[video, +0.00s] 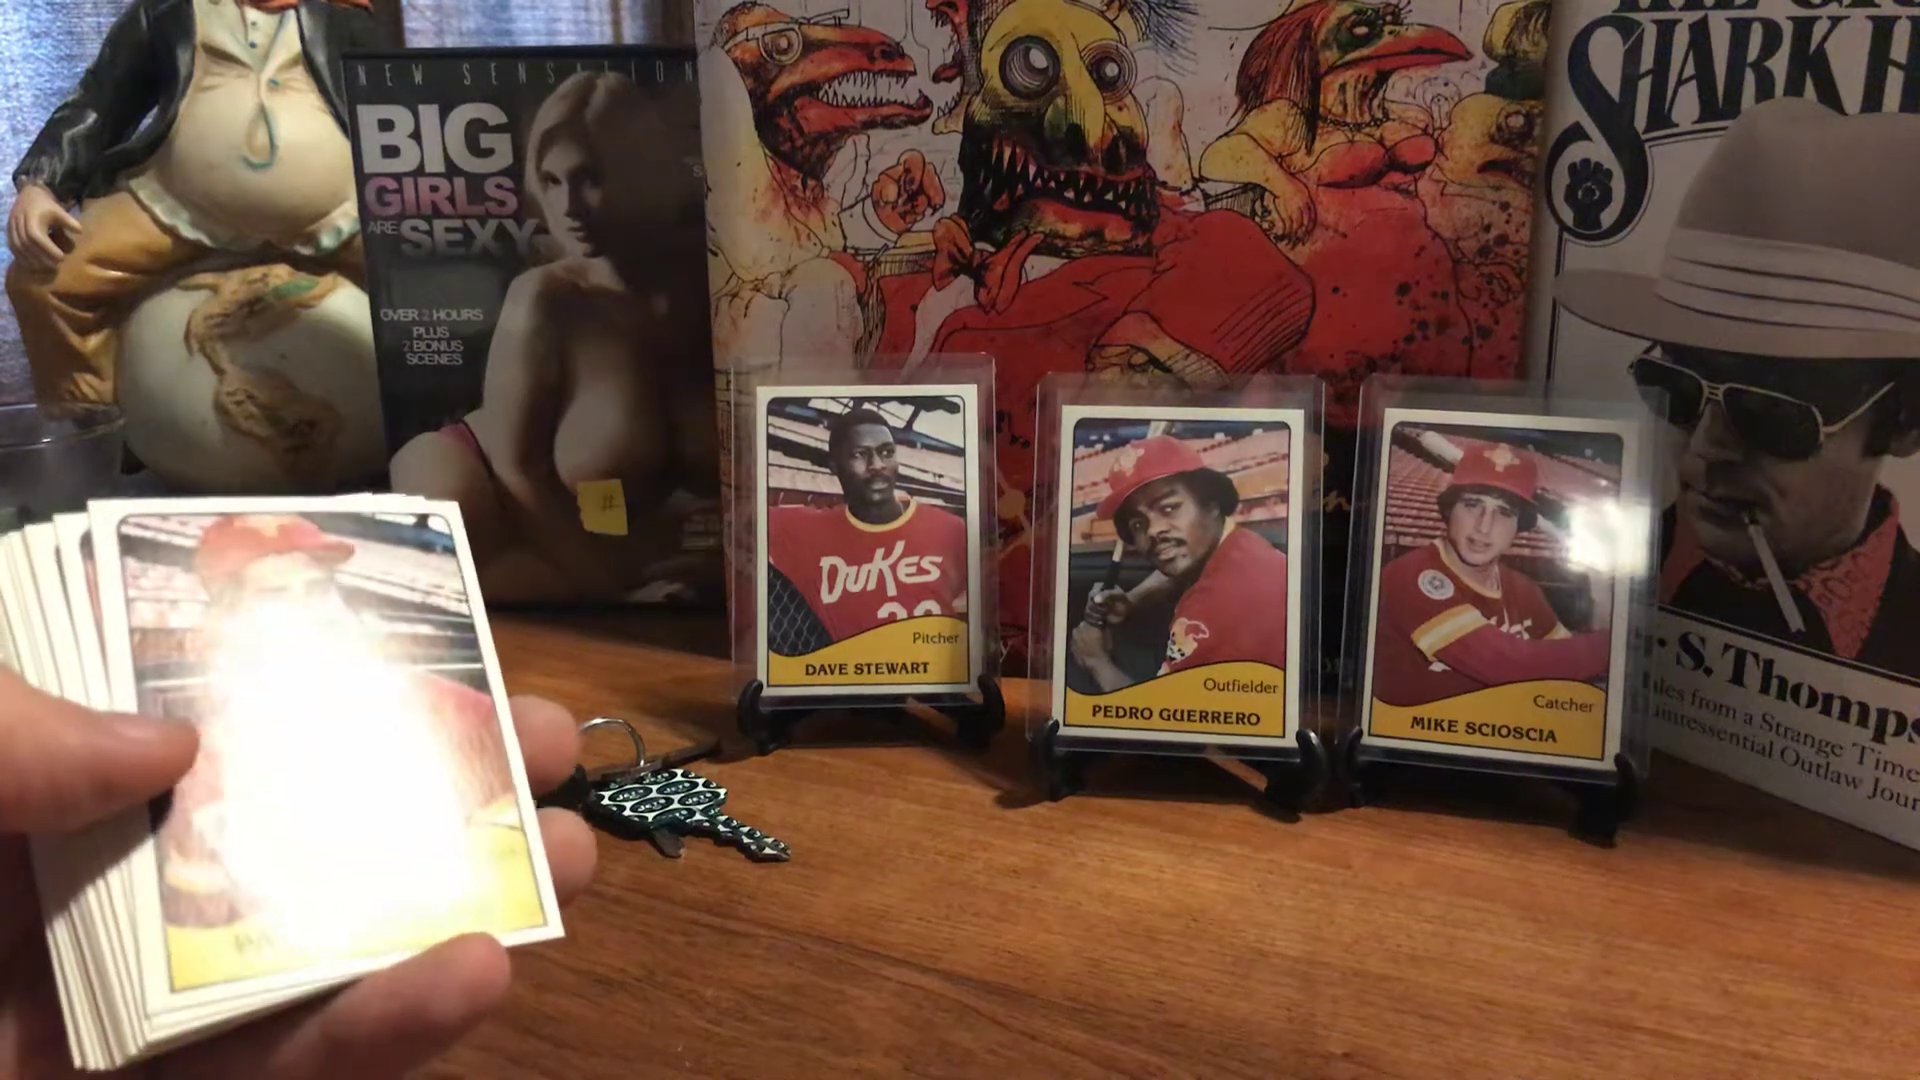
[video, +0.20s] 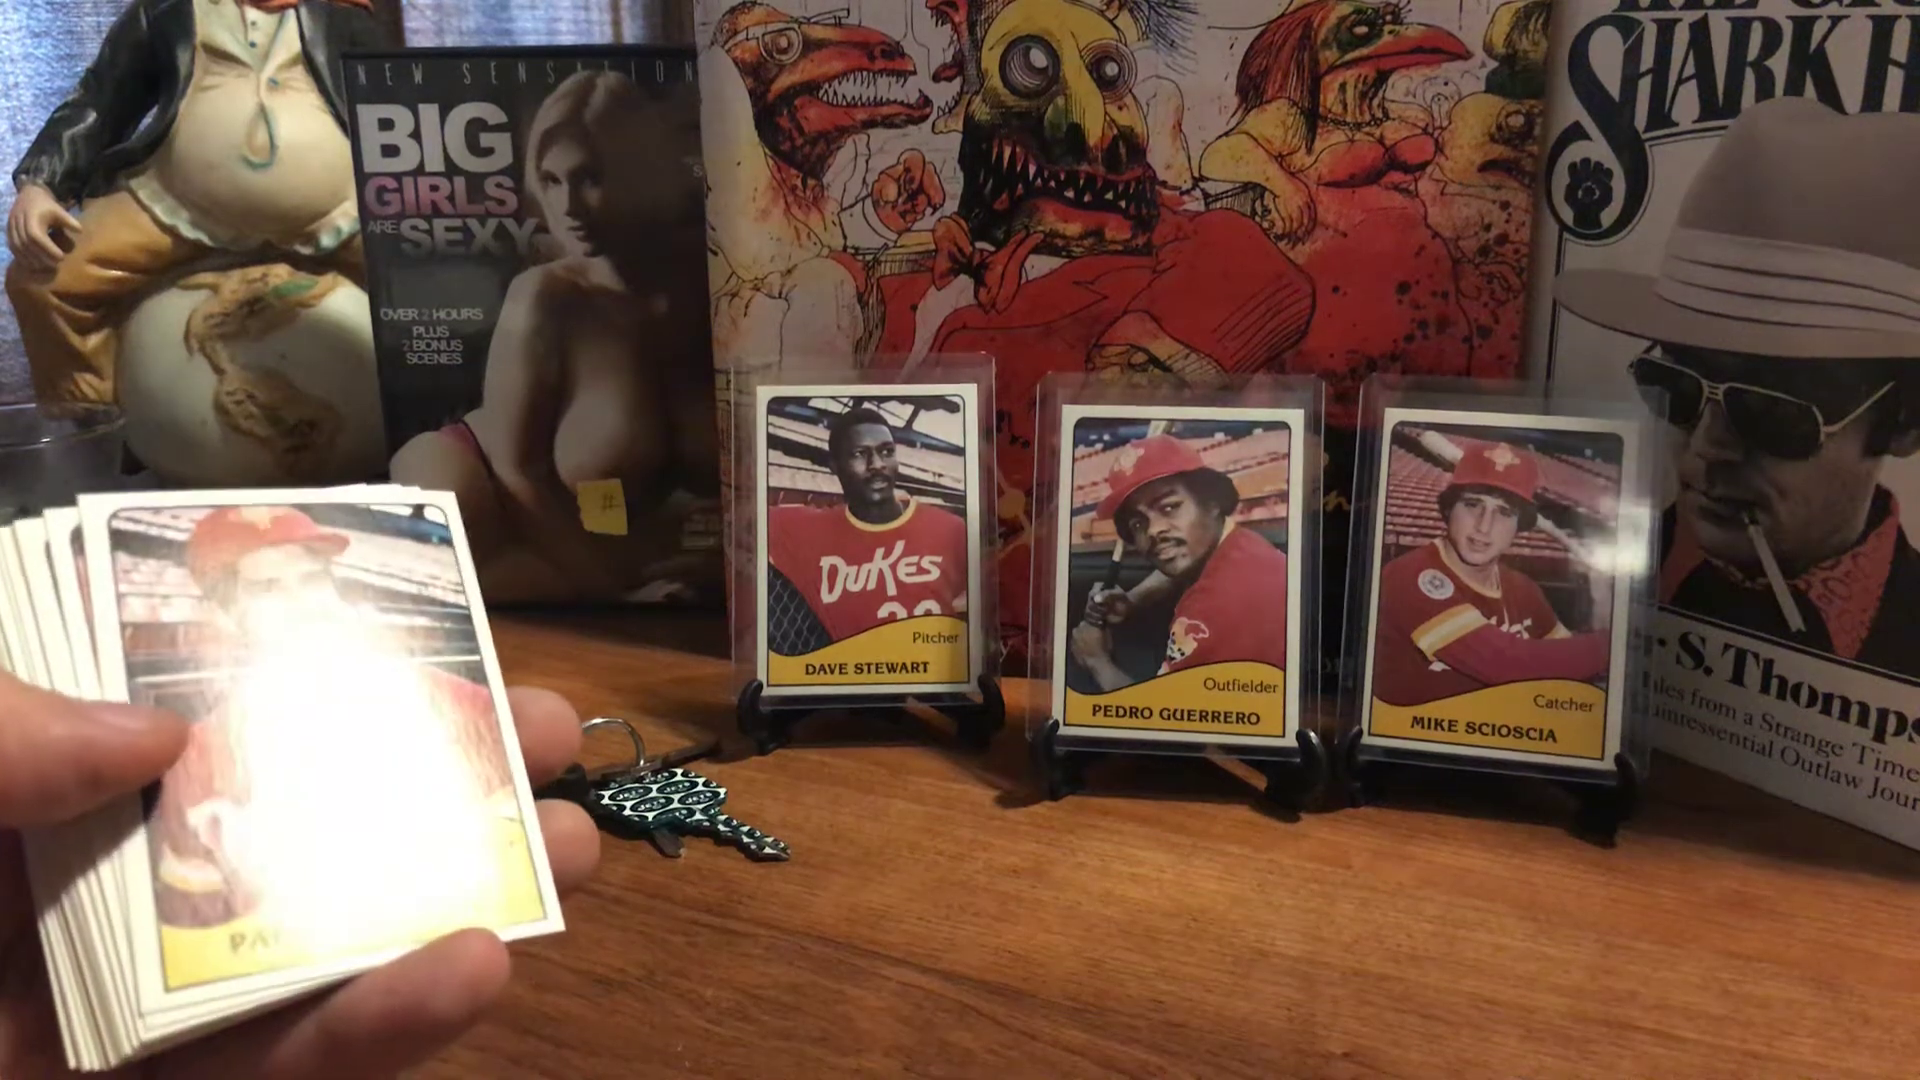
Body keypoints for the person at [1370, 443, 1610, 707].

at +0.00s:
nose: (1484, 526)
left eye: (1503, 513)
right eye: (1472, 505)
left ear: (1518, 526)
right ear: (1448, 509)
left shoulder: (1523, 591)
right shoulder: (1412, 578)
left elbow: (1569, 662)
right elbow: (1503, 664)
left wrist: (1629, 637)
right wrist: (1621, 642)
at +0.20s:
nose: (1483, 525)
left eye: (1503, 512)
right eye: (1472, 505)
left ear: (1519, 525)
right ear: (1448, 508)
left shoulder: (1521, 590)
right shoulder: (1411, 578)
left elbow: (1571, 663)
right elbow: (1502, 663)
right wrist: (1620, 643)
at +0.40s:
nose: (1483, 526)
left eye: (1503, 512)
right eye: (1472, 505)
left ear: (1519, 527)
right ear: (1449, 509)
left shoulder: (1521, 590)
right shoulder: (1411, 578)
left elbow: (1578, 671)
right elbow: (1502, 663)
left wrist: (1603, 606)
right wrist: (1617, 642)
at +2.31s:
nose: (1486, 525)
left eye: (1506, 512)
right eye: (1475, 504)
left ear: (1521, 527)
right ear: (1451, 508)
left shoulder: (1522, 589)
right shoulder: (1415, 577)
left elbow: (1577, 668)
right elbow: (1504, 664)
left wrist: (1605, 605)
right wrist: (1617, 642)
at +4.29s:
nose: (1487, 524)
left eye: (1506, 512)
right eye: (1476, 504)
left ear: (1522, 526)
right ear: (1452, 509)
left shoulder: (1523, 589)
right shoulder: (1417, 578)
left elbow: (1578, 673)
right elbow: (1505, 665)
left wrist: (1606, 608)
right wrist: (1625, 644)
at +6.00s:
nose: (1487, 525)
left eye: (1506, 512)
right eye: (1476, 505)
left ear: (1521, 527)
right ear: (1452, 508)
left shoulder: (1525, 592)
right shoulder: (1416, 577)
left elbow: (1579, 675)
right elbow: (1504, 664)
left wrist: (1606, 606)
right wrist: (1620, 641)